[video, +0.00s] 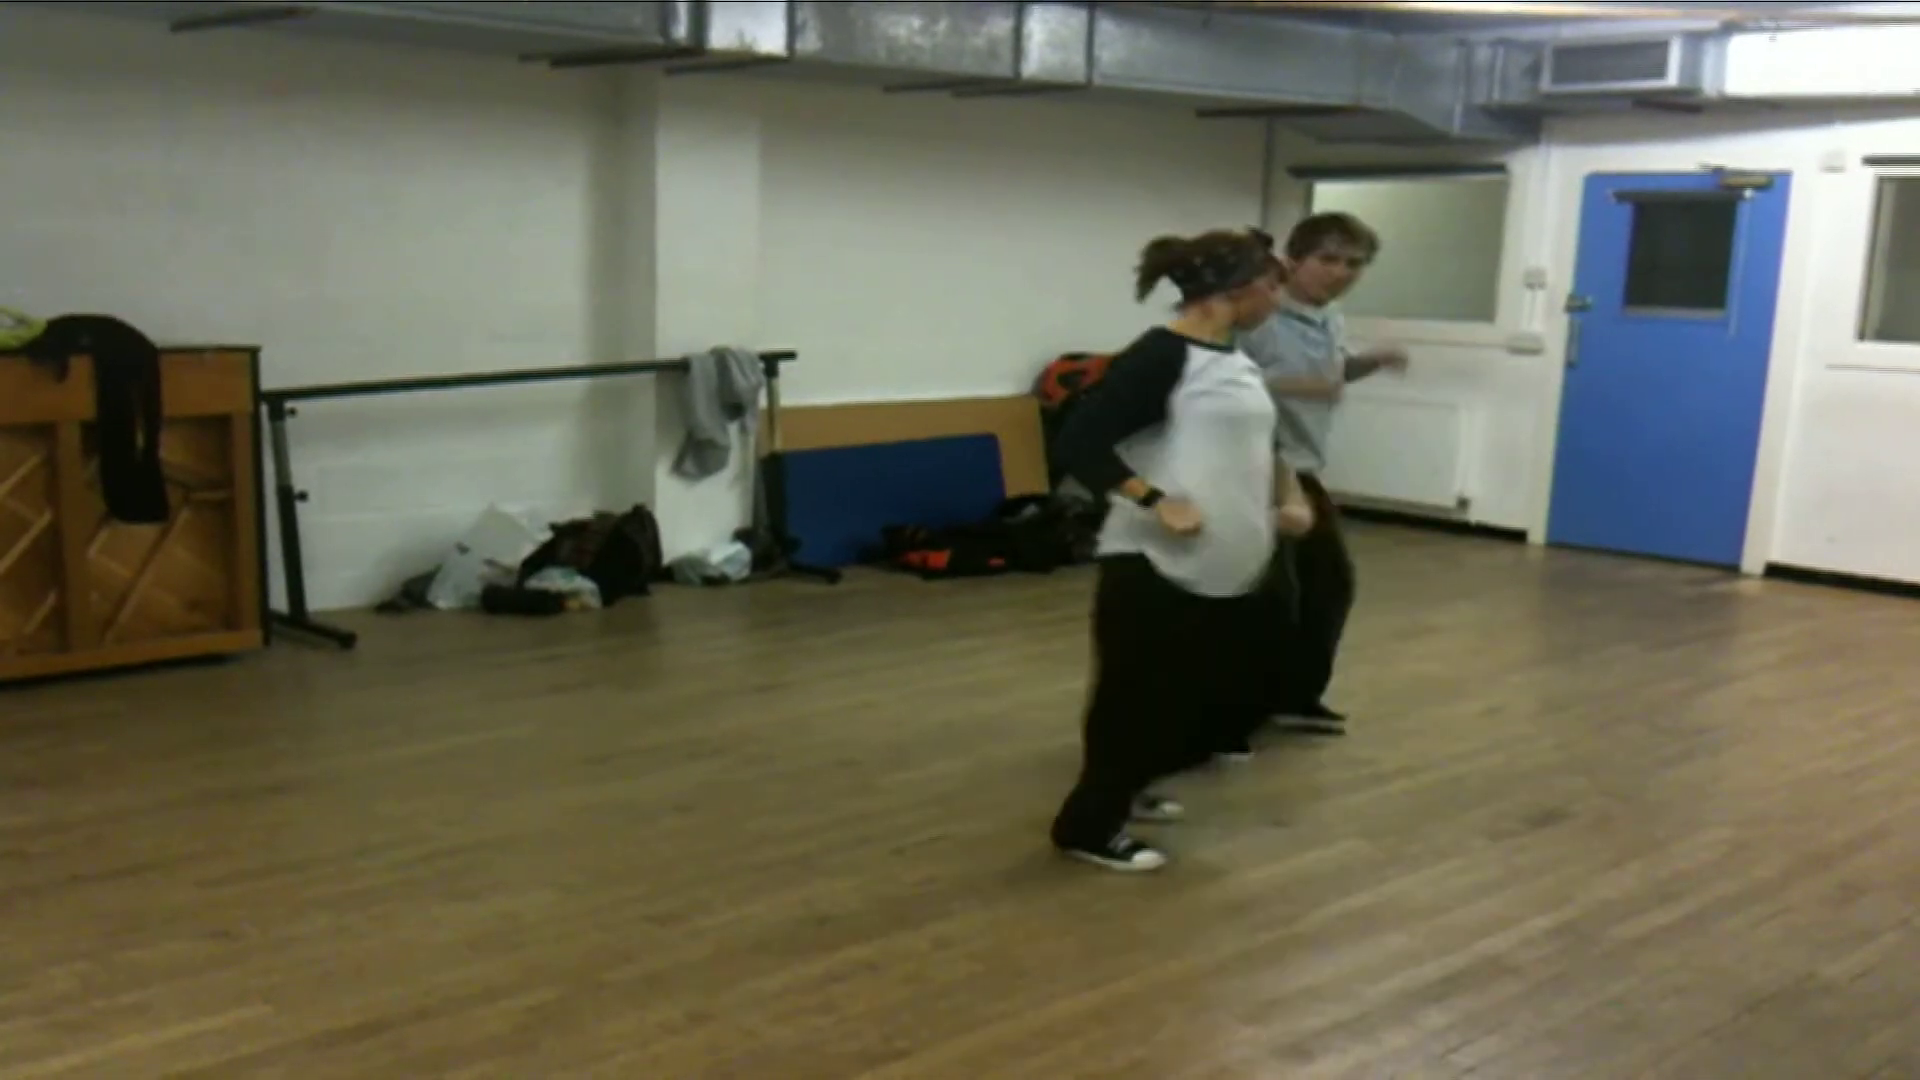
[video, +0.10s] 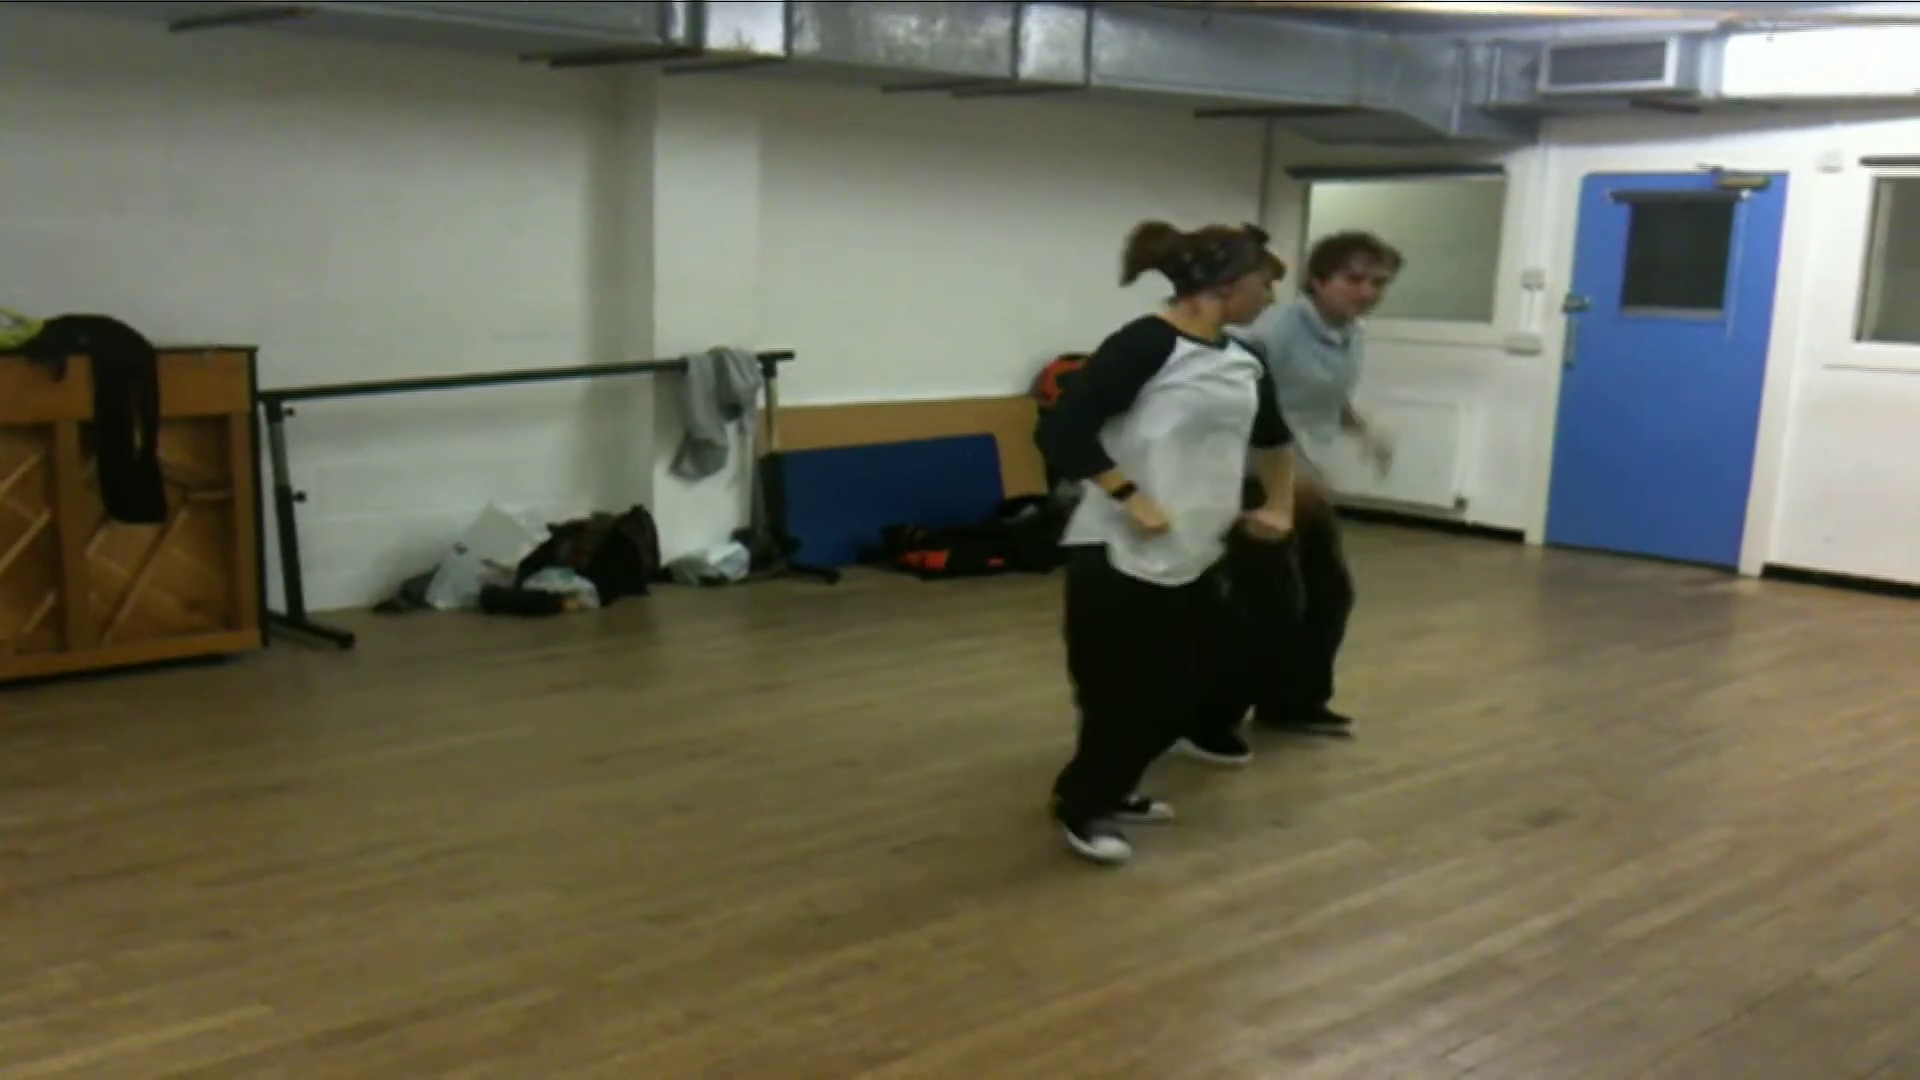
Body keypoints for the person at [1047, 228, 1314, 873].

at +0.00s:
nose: (1272, 302)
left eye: (1272, 290)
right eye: (1264, 289)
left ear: (1218, 294)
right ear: (1226, 293)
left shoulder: (1234, 360)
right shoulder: (1160, 353)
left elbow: (1248, 447)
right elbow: (1079, 440)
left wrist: (1286, 492)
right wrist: (1153, 498)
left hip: (1212, 562)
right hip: (1149, 563)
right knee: (1132, 698)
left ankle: (1127, 787)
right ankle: (1088, 826)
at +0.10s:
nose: (1264, 297)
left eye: (1267, 286)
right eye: (1257, 284)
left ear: (1223, 289)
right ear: (1219, 285)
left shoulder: (1246, 362)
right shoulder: (1144, 343)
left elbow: (1275, 441)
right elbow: (1065, 428)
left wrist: (1280, 508)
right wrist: (1128, 494)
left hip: (1190, 560)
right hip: (1118, 558)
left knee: (1173, 690)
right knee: (1121, 693)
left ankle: (1116, 786)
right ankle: (1081, 803)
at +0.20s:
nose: (1267, 302)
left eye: (1267, 289)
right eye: (1258, 288)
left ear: (1226, 295)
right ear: (1216, 293)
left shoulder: (1239, 371)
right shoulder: (1145, 345)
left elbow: (1275, 455)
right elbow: (1053, 435)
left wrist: (1247, 512)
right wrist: (1094, 513)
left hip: (1169, 563)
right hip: (1101, 560)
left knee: (1175, 685)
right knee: (1133, 690)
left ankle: (1102, 784)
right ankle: (1049, 774)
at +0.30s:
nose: (1266, 313)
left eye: (1265, 300)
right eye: (1255, 299)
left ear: (1219, 311)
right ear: (1209, 309)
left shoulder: (1229, 377)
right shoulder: (1132, 376)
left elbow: (1258, 458)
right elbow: (1029, 457)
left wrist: (1222, 513)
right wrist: (1075, 529)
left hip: (1153, 563)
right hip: (1075, 565)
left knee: (1174, 685)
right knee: (1102, 687)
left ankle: (1104, 785)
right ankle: (1043, 783)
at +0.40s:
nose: (1252, 327)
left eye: (1249, 314)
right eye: (1236, 315)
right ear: (1187, 328)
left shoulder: (1231, 375)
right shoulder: (1123, 389)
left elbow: (1260, 452)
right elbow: (1012, 459)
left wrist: (1198, 515)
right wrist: (1065, 526)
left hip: (1135, 543)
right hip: (1057, 544)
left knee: (1172, 665)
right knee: (1087, 658)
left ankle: (1097, 783)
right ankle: (1042, 770)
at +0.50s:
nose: (1228, 326)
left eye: (1226, 313)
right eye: (1211, 314)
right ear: (1161, 325)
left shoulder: (1218, 378)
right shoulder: (1094, 385)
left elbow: (1240, 448)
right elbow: (990, 460)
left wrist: (1198, 520)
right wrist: (1056, 521)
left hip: (1135, 554)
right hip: (1046, 550)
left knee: (1167, 665)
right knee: (1052, 645)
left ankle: (1089, 781)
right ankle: (1017, 772)